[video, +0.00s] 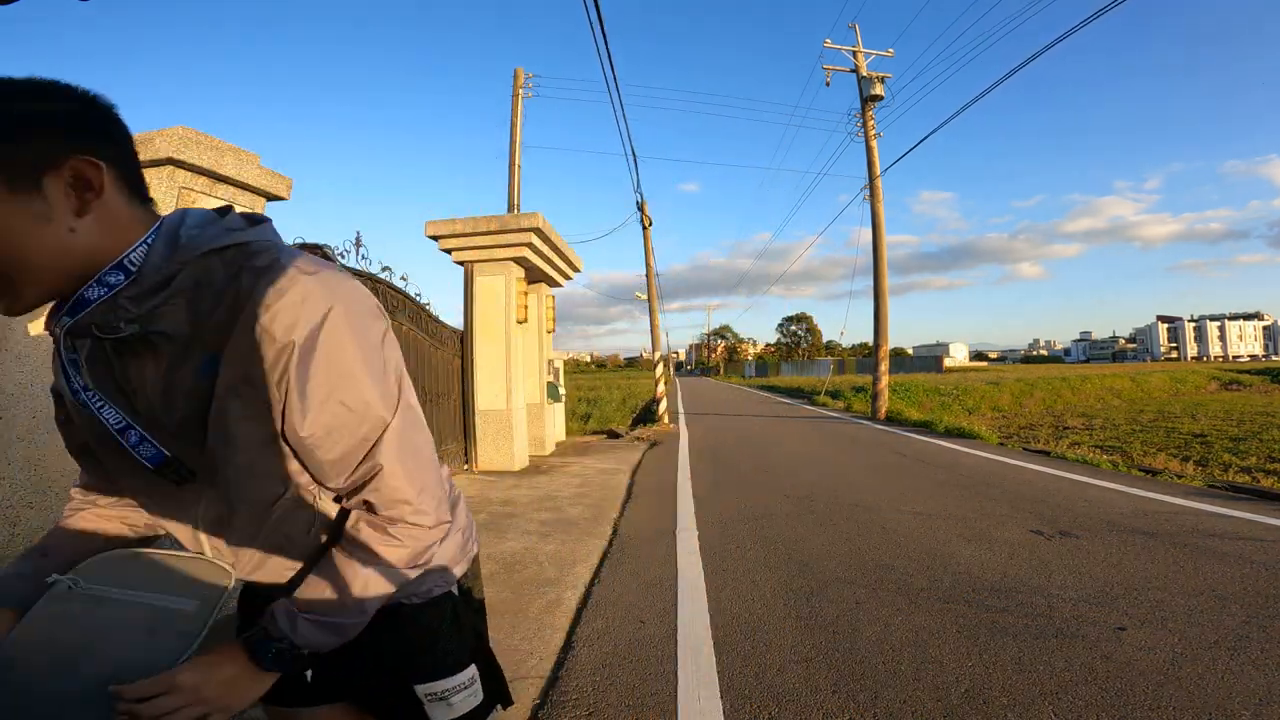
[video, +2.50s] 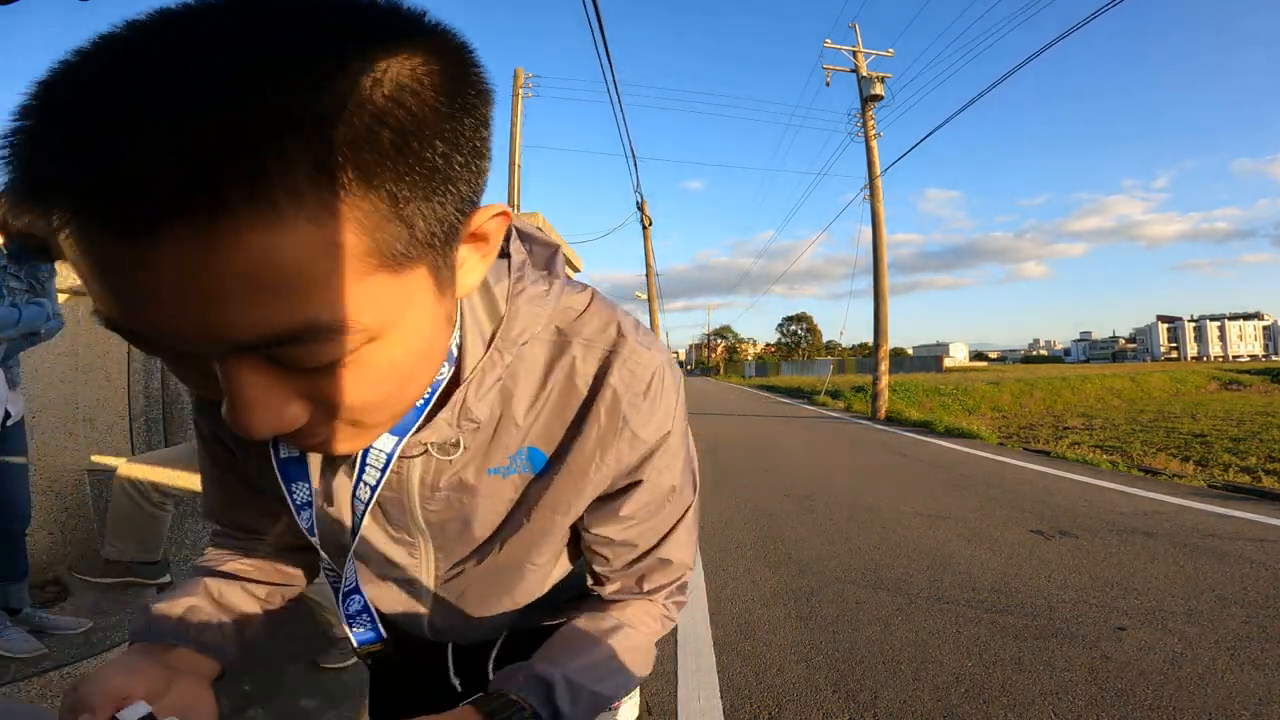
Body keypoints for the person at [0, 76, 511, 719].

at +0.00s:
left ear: (81, 189)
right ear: (80, 193)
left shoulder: (293, 301)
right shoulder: (87, 340)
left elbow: (410, 520)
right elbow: (119, 498)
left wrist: (260, 654)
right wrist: (15, 595)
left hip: (407, 595)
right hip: (278, 592)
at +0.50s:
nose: (1, 279)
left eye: (11, 235)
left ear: (132, 203)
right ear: (134, 206)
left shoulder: (336, 318)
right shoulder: (99, 346)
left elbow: (449, 515)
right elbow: (87, 509)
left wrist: (344, 653)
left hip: (405, 589)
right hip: (278, 597)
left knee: (454, 707)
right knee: (297, 708)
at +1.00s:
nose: (292, 275)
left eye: (300, 264)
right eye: (290, 264)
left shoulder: (216, 321)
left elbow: (397, 471)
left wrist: (361, 609)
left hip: (359, 578)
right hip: (221, 605)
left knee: (448, 709)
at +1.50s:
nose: (3, 240)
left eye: (17, 204)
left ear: (118, 181)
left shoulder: (275, 281)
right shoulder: (22, 330)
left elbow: (380, 471)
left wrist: (148, 572)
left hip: (355, 565)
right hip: (212, 595)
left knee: (442, 705)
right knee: (284, 709)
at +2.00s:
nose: (16, 280)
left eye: (53, 230)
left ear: (189, 202)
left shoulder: (300, 339)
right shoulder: (76, 340)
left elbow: (166, 617)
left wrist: (13, 703)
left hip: (393, 595)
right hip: (262, 604)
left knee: (462, 709)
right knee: (288, 708)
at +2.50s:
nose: (250, 420)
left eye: (307, 354)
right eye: (189, 361)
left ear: (471, 254)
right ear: (141, 312)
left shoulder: (616, 377)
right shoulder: (228, 385)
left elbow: (639, 590)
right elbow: (252, 559)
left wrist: (532, 700)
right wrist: (172, 650)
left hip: (550, 636)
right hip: (395, 642)